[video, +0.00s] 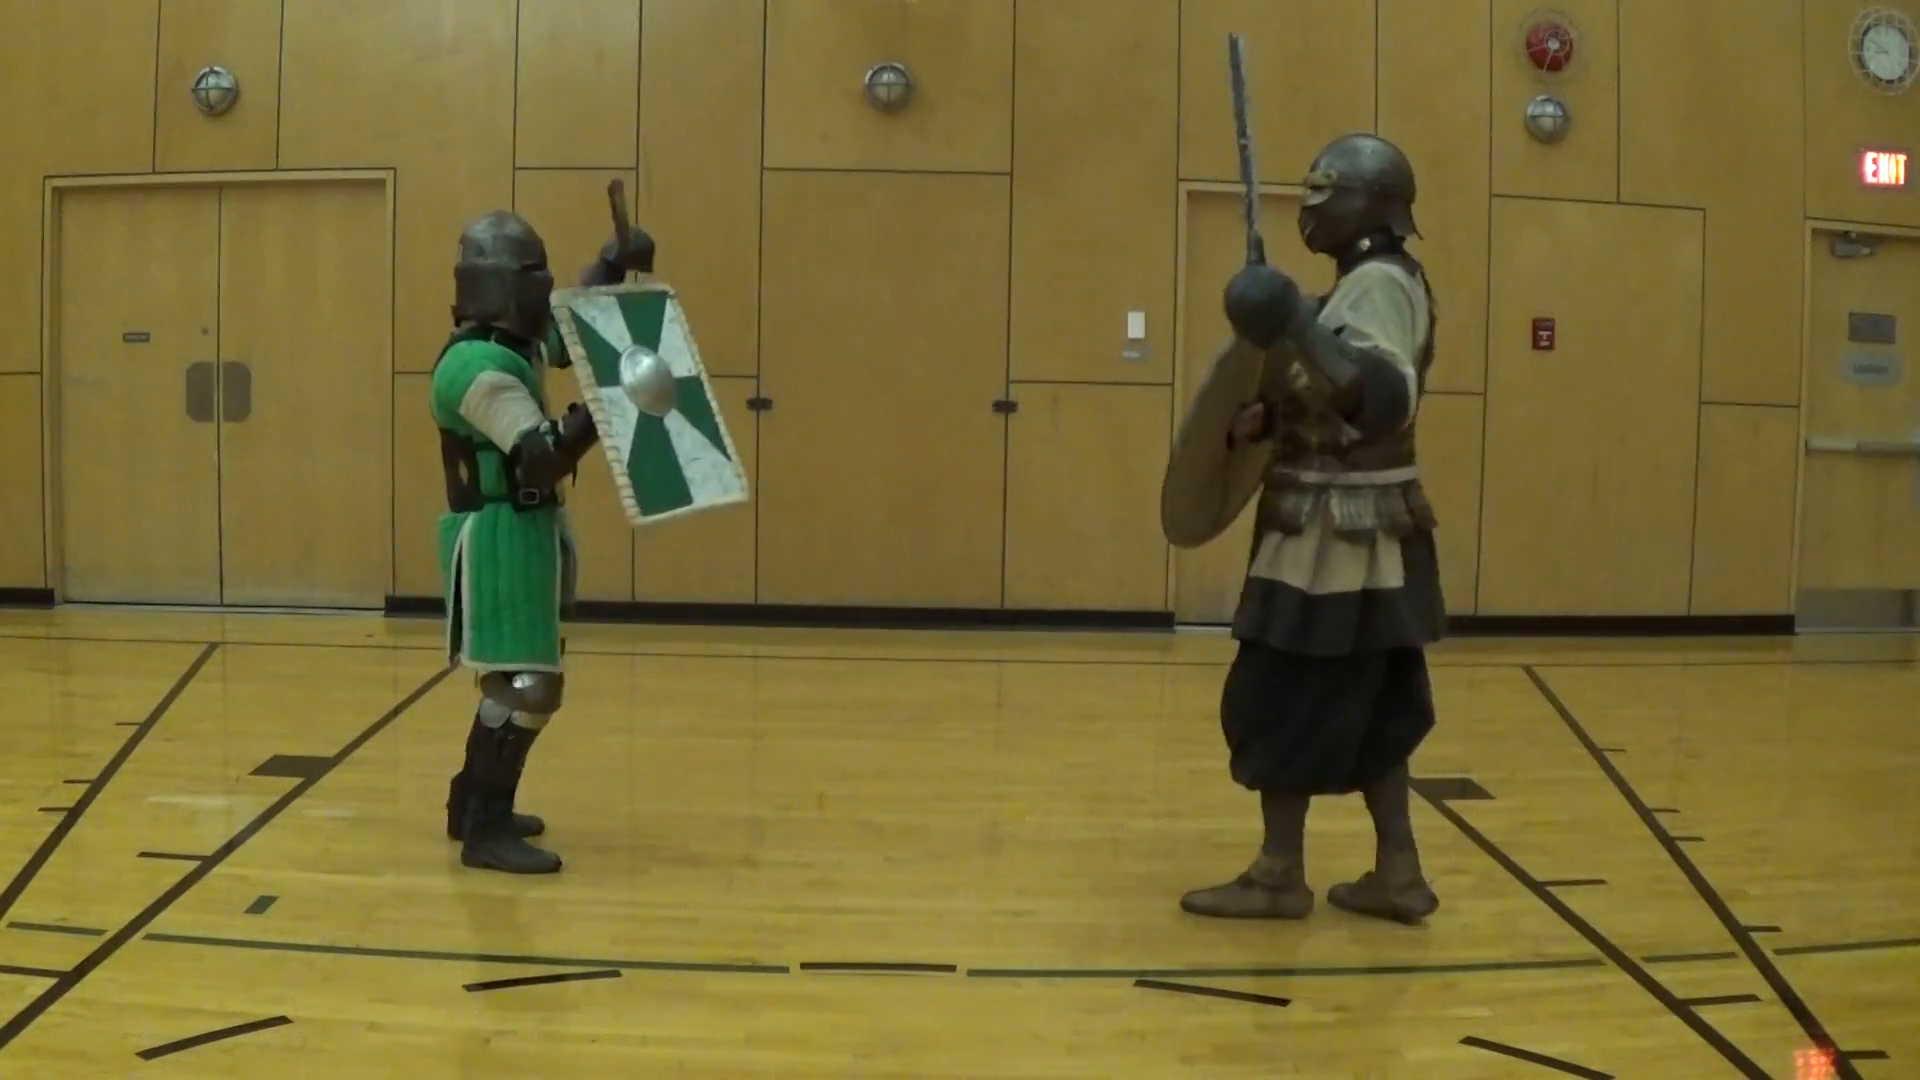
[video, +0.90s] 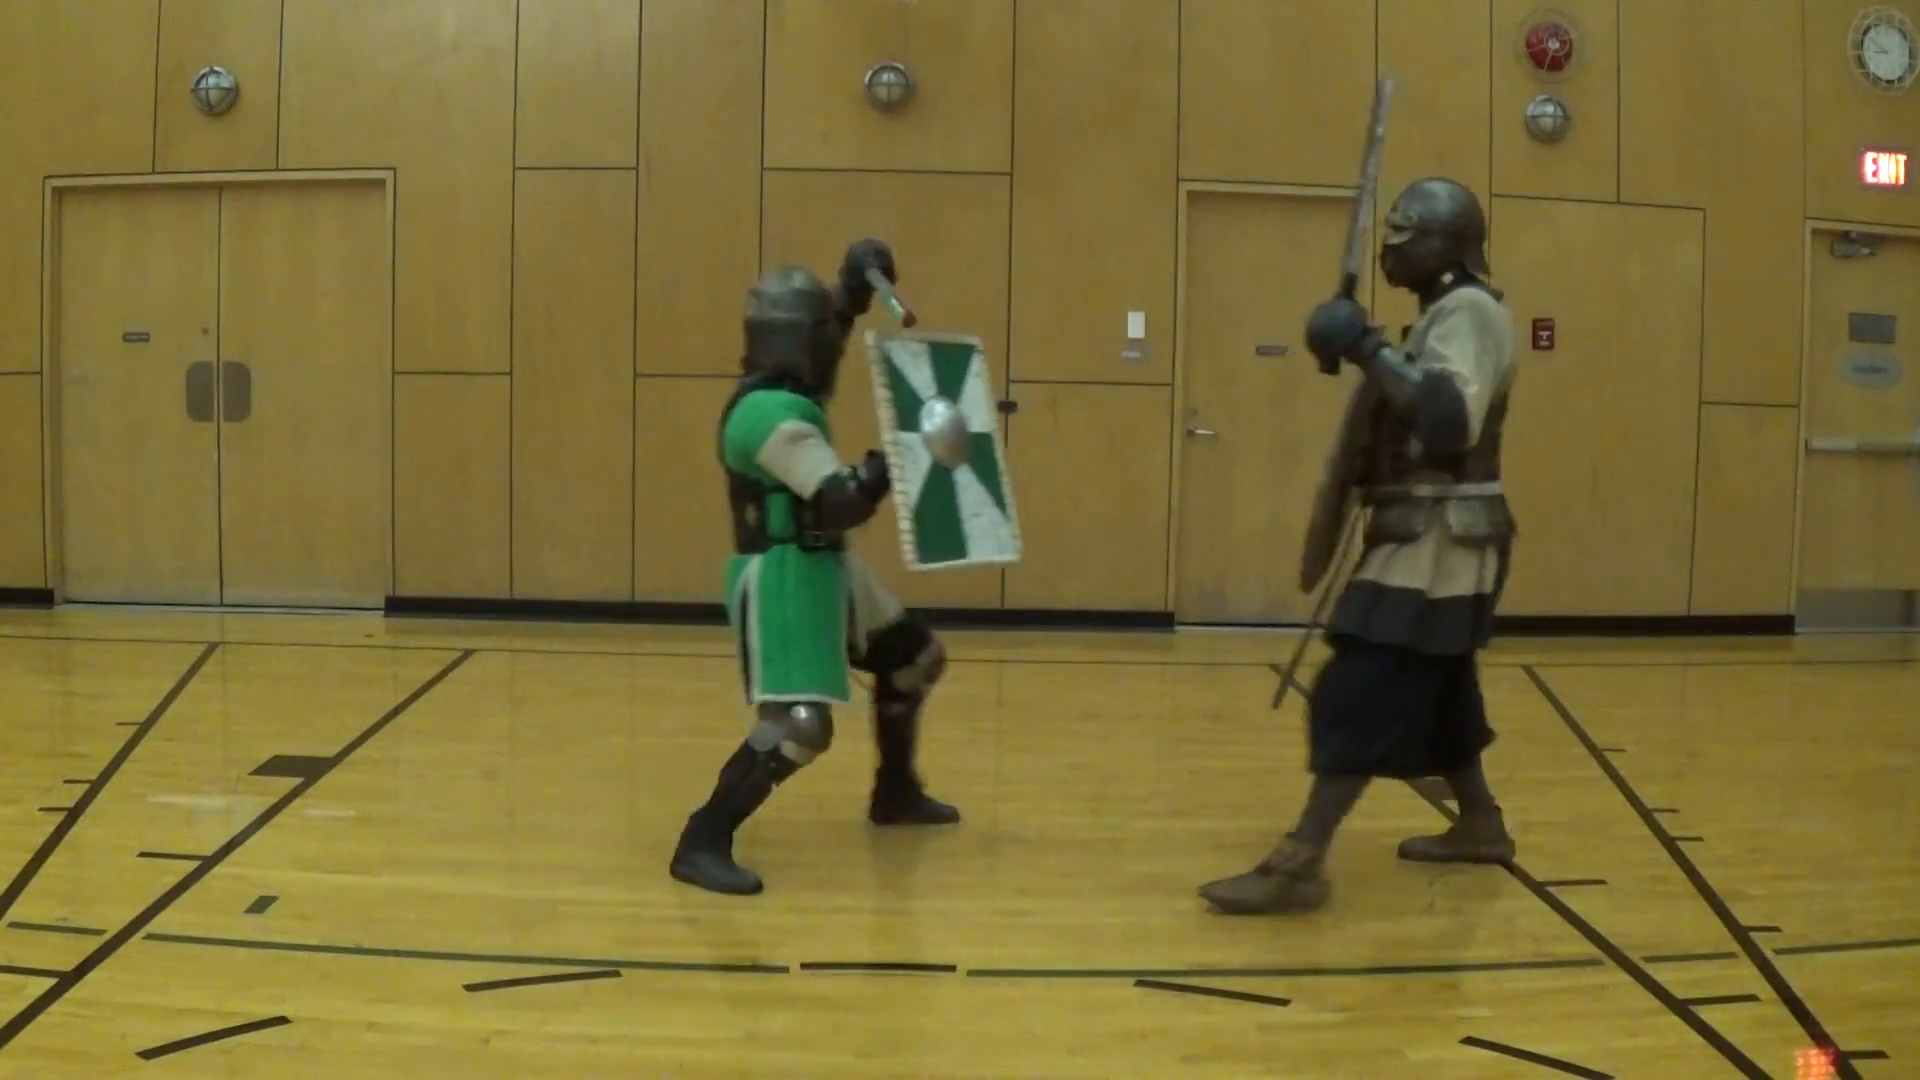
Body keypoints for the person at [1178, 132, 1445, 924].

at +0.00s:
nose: (1307, 205)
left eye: (1324, 191)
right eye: (1311, 190)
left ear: (1374, 205)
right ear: (1372, 208)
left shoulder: (1379, 285)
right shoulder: (1367, 282)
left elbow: (1384, 401)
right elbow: (1345, 390)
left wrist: (1297, 324)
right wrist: (1274, 415)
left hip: (1332, 531)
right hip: (1365, 529)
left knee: (1280, 695)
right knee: (1375, 700)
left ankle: (1278, 870)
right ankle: (1399, 871)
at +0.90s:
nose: (1388, 242)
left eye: (1405, 231)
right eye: (1391, 230)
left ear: (1449, 243)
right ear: (1439, 244)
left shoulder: (1468, 314)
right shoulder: (1439, 314)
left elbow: (1446, 417)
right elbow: (1419, 400)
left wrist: (1369, 345)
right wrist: (1358, 345)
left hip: (1440, 540)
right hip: (1422, 534)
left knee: (1355, 692)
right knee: (1437, 685)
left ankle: (1299, 862)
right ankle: (1481, 823)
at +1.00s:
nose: (1420, 238)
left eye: (1436, 227)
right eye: (1421, 225)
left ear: (1484, 239)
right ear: (1466, 240)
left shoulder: (1504, 308)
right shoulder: (1469, 311)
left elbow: (1480, 404)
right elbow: (1439, 396)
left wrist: (1405, 344)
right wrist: (1391, 344)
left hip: (1471, 543)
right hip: (1454, 538)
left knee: (1401, 687)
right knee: (1449, 681)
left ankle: (1400, 865)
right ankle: (1481, 818)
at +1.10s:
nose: (1450, 236)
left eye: (1465, 224)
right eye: (1453, 223)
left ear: (1510, 235)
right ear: (1500, 235)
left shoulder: (1537, 307)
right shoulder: (1499, 308)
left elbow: (1496, 399)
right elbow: (1475, 396)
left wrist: (1429, 337)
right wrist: (1422, 339)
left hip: (1506, 544)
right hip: (1473, 537)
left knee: (1466, 687)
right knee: (1447, 679)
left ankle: (1512, 851)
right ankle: (1482, 823)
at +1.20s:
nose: (1486, 238)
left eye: (1500, 226)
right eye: (1490, 226)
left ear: (1544, 238)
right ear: (1535, 239)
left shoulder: (1573, 311)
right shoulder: (1536, 311)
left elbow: (1509, 398)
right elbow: (1498, 390)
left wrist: (1454, 333)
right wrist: (1445, 333)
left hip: (1537, 540)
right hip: (1497, 537)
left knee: (1519, 685)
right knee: (1454, 671)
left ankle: (1617, 833)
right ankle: (1482, 822)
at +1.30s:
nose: (1523, 243)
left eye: (1538, 231)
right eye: (1526, 229)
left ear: (1582, 243)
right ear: (1569, 246)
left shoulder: (1605, 318)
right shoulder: (1569, 318)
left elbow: (1530, 405)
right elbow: (1528, 401)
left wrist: (1481, 340)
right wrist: (1481, 343)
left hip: (1566, 547)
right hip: (1527, 544)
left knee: (1572, 685)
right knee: (1474, 671)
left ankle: (1698, 819)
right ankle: (1482, 823)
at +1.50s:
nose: (1592, 254)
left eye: (1608, 242)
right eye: (1595, 240)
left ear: (1652, 254)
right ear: (1645, 256)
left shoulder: (1674, 328)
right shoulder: (1644, 327)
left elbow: (1597, 422)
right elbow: (1600, 407)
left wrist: (1554, 356)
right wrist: (1559, 358)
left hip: (1659, 559)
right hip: (1609, 553)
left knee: (1691, 703)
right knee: (1541, 672)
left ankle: (1753, 852)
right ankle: (1495, 823)